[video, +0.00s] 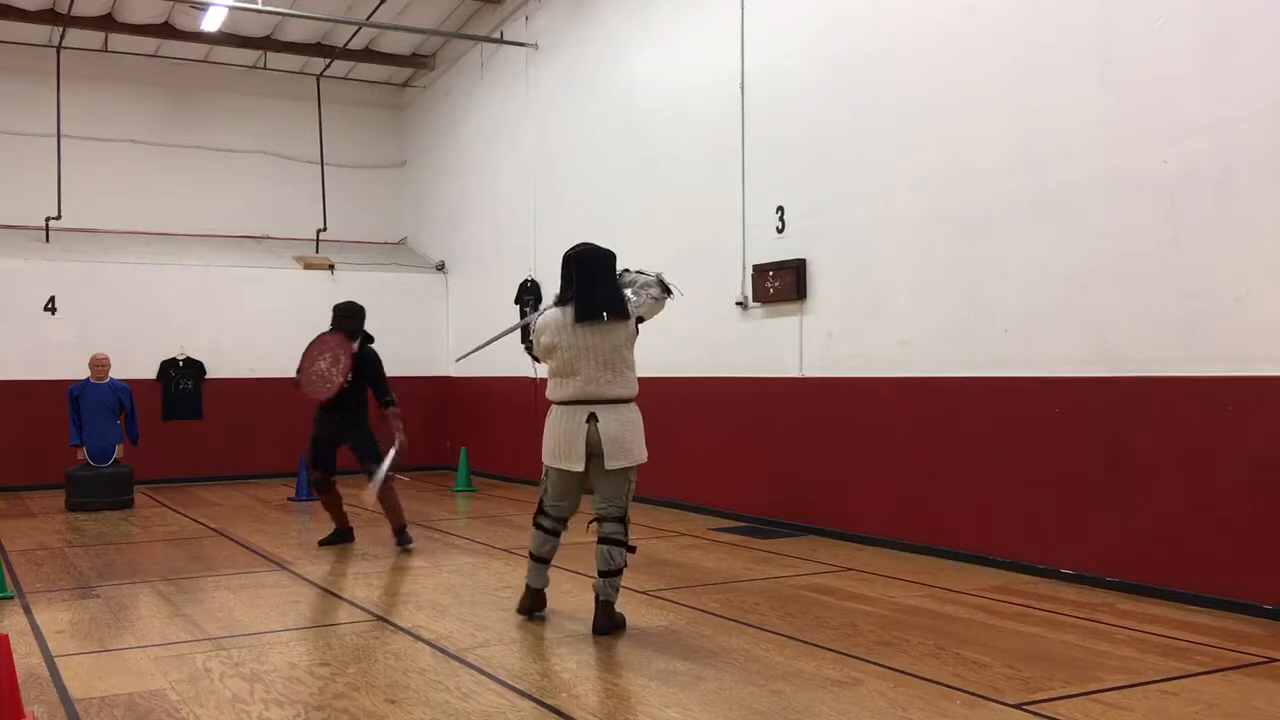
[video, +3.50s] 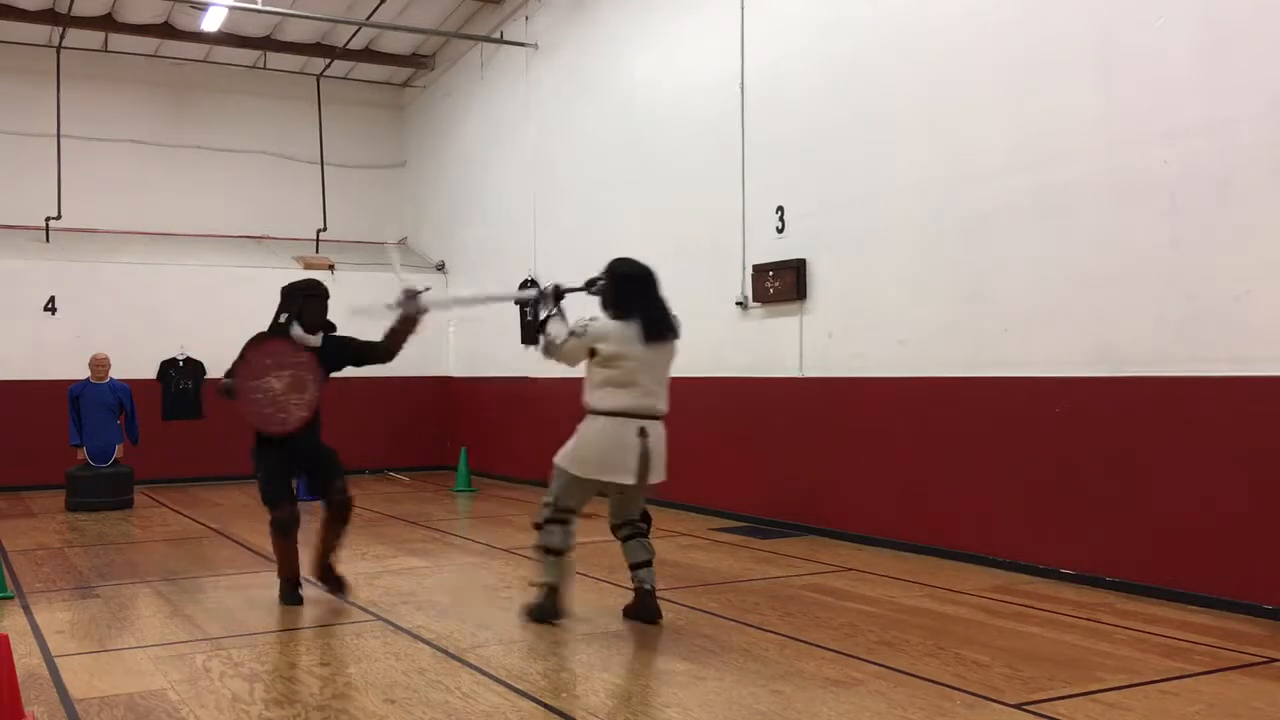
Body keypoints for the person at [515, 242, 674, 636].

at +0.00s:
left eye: (565, 274)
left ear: (567, 279)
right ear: (610, 277)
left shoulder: (551, 321)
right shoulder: (625, 312)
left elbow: (537, 351)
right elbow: (657, 291)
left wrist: (531, 310)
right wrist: (619, 275)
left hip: (566, 427)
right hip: (618, 427)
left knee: (552, 513)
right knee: (612, 517)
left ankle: (533, 593)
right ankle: (605, 610)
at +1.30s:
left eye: (513, 275)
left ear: (516, 278)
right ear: (556, 278)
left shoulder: (500, 319)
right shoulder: (571, 315)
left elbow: (480, 353)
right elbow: (593, 300)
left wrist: (483, 322)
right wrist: (590, 289)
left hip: (508, 422)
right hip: (560, 422)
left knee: (497, 505)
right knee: (553, 511)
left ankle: (499, 585)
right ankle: (550, 601)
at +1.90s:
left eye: (488, 278)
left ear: (491, 281)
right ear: (532, 281)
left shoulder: (475, 321)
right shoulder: (547, 318)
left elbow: (457, 357)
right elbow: (567, 299)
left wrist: (460, 327)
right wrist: (546, 285)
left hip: (484, 425)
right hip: (536, 424)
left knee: (478, 509)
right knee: (538, 509)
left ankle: (472, 594)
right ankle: (547, 600)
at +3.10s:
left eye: (499, 301)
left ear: (501, 304)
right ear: (541, 300)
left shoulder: (487, 346)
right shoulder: (560, 335)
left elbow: (476, 391)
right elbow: (572, 315)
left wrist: (472, 360)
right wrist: (574, 310)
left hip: (503, 441)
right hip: (556, 439)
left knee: (483, 516)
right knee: (574, 512)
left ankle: (457, 592)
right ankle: (591, 580)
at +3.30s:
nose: (546, 303)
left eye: (548, 297)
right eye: (548, 297)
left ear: (551, 301)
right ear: (591, 298)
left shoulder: (536, 343)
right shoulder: (611, 333)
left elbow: (521, 389)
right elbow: (618, 314)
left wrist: (514, 350)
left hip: (545, 440)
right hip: (599, 441)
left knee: (508, 516)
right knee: (612, 519)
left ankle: (466, 588)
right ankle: (646, 591)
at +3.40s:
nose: (576, 301)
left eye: (578, 295)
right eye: (578, 294)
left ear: (584, 301)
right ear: (621, 296)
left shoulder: (572, 339)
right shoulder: (641, 336)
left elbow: (540, 365)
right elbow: (638, 316)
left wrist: (533, 324)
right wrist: (590, 296)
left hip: (573, 439)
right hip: (625, 440)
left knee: (532, 517)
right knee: (621, 520)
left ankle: (492, 591)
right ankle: (646, 595)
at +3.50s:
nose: (603, 291)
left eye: (608, 285)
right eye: (605, 284)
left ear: (616, 292)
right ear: (648, 290)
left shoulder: (602, 330)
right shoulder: (666, 332)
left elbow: (561, 348)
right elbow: (645, 314)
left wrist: (551, 308)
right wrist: (613, 290)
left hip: (602, 434)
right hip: (649, 437)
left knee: (559, 512)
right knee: (629, 518)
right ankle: (646, 597)